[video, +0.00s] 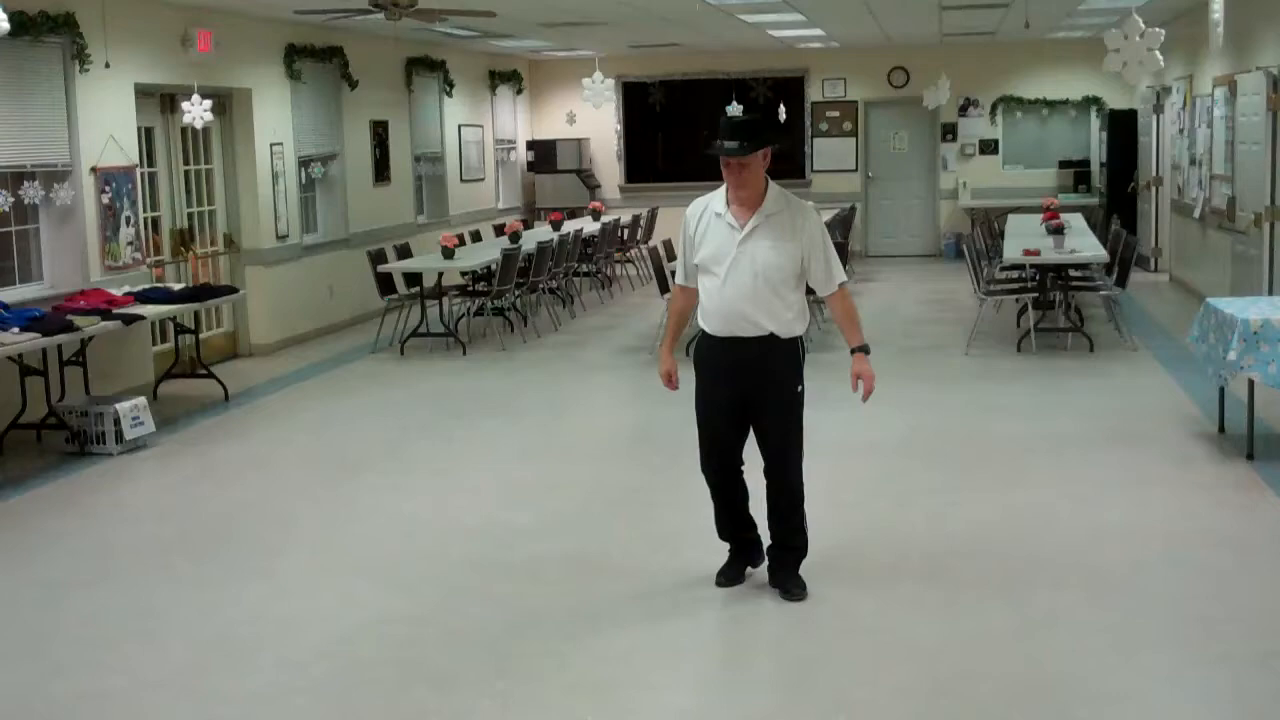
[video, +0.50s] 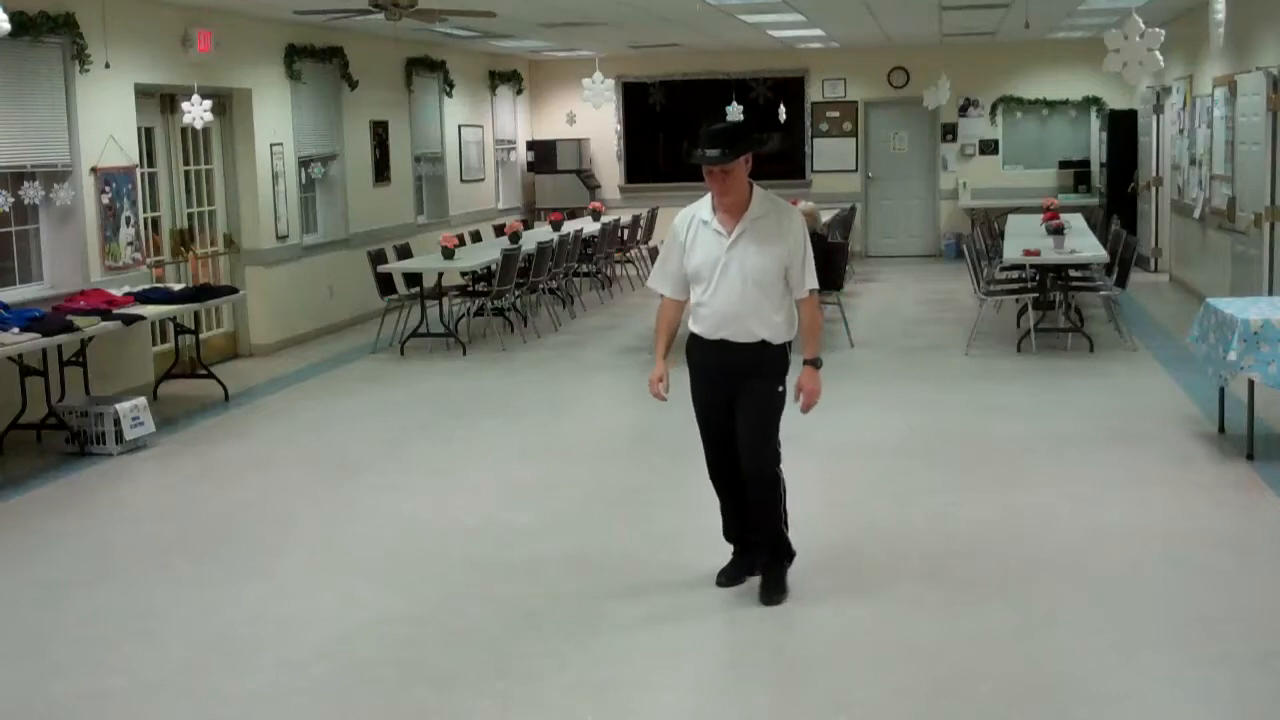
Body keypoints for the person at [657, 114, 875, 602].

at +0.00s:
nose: (731, 169)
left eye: (742, 160)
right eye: (725, 160)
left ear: (765, 156)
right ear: (718, 160)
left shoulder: (800, 216)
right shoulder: (699, 214)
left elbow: (834, 289)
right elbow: (686, 287)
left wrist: (860, 352)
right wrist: (667, 347)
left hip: (777, 356)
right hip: (716, 356)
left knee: (783, 468)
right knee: (717, 464)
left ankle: (787, 565)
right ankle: (742, 547)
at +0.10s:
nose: (728, 170)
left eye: (739, 161)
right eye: (722, 161)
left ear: (764, 156)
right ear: (716, 160)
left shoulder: (798, 216)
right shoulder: (698, 214)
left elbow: (831, 290)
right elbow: (687, 287)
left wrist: (854, 352)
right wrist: (672, 349)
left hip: (776, 356)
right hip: (716, 355)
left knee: (782, 467)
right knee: (726, 465)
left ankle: (787, 565)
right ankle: (746, 551)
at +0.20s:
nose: (725, 169)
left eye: (736, 160)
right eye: (719, 159)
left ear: (761, 154)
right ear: (712, 158)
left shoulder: (794, 214)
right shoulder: (695, 212)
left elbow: (822, 288)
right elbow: (686, 285)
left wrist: (843, 351)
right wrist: (676, 348)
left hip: (773, 352)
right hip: (715, 352)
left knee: (779, 465)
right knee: (732, 463)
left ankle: (786, 565)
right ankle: (746, 552)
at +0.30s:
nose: (721, 171)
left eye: (731, 162)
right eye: (715, 162)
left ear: (755, 157)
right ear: (708, 162)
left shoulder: (791, 214)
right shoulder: (692, 214)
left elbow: (816, 288)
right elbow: (682, 286)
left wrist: (832, 352)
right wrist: (674, 346)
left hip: (771, 353)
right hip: (713, 352)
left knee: (776, 462)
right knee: (731, 461)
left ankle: (786, 563)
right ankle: (746, 552)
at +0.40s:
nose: (716, 175)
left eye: (726, 165)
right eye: (710, 166)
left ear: (750, 160)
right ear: (703, 165)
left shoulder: (787, 217)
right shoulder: (690, 217)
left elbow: (811, 292)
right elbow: (677, 291)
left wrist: (822, 357)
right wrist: (667, 351)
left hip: (766, 352)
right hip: (709, 352)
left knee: (763, 460)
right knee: (727, 459)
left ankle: (785, 560)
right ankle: (745, 551)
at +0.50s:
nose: (713, 181)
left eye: (723, 171)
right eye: (707, 172)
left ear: (746, 165)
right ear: (701, 171)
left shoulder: (785, 220)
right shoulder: (688, 221)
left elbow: (807, 296)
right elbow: (673, 295)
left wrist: (811, 363)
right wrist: (660, 357)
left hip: (763, 355)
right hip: (706, 355)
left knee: (756, 460)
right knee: (721, 461)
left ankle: (775, 558)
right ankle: (744, 550)